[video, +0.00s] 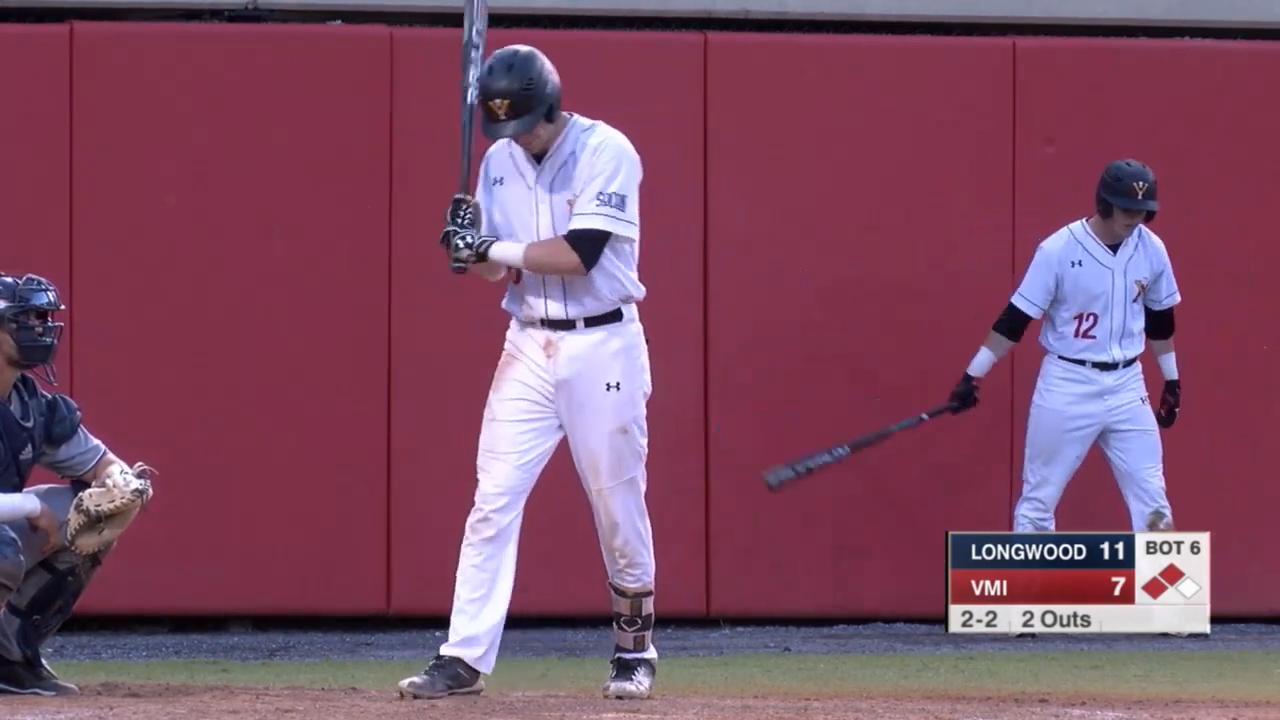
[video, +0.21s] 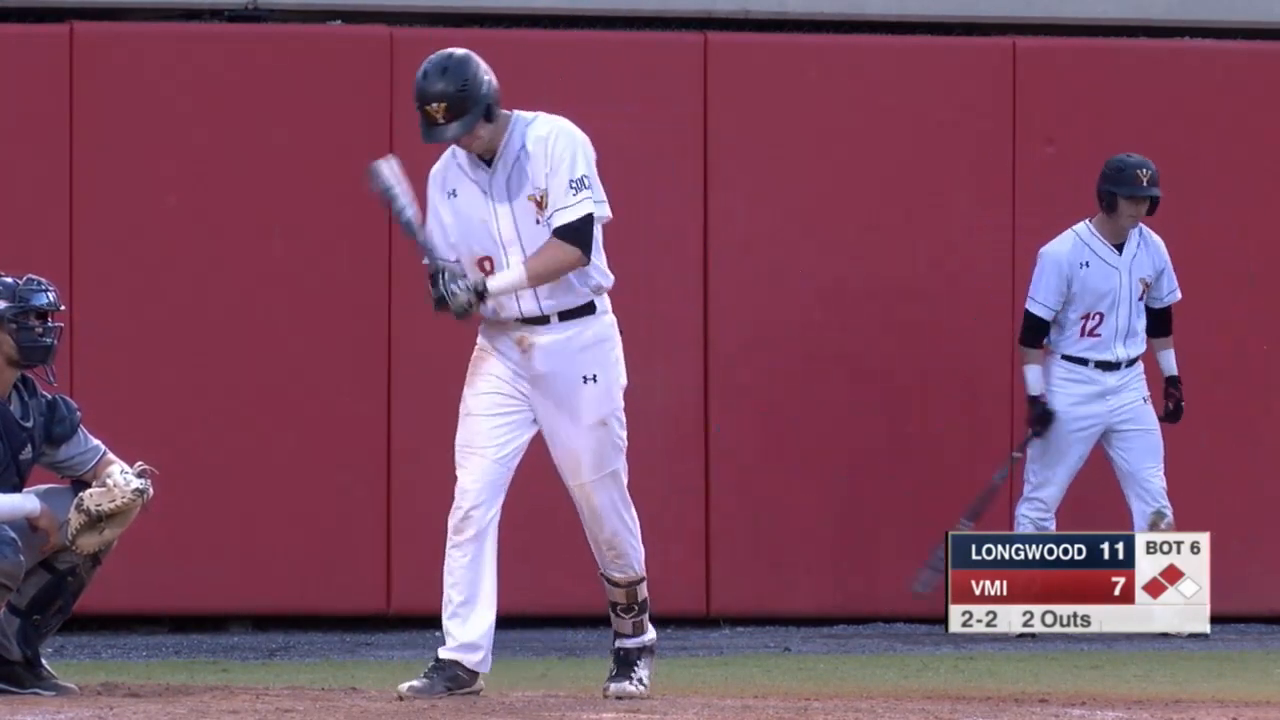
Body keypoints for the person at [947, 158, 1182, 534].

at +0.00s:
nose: (1136, 220)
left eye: (1143, 213)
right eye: (1129, 211)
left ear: (1149, 209)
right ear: (1105, 204)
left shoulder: (1151, 249)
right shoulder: (1058, 250)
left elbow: (1161, 321)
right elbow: (1016, 319)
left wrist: (1171, 381)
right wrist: (972, 375)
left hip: (1128, 388)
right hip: (1066, 386)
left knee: (1153, 503)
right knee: (1038, 503)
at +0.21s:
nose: (1140, 208)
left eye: (1146, 200)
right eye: (1132, 199)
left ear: (1152, 202)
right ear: (1106, 197)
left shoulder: (1152, 249)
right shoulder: (1061, 254)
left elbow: (1159, 320)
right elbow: (1033, 331)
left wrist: (1172, 380)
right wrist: (1035, 395)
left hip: (1130, 386)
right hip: (1071, 385)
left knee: (1153, 503)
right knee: (1040, 504)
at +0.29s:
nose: (1135, 199)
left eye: (1141, 191)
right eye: (1126, 190)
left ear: (1147, 194)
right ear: (1102, 191)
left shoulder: (1147, 246)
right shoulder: (1058, 252)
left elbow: (1155, 317)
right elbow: (1036, 333)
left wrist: (1168, 373)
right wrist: (1066, 387)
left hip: (1127, 386)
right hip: (1067, 386)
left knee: (1153, 506)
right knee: (1038, 504)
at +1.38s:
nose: (1098, 193)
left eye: (1104, 185)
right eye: (1089, 184)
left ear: (1109, 188)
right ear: (1065, 185)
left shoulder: (1118, 244)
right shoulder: (1037, 248)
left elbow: (1140, 312)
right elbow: (1039, 330)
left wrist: (1145, 317)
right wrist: (1099, 328)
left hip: (1120, 384)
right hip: (1062, 383)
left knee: (1150, 506)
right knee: (1034, 505)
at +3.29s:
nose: (1097, 190)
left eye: (1104, 182)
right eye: (1088, 182)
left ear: (1110, 187)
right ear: (1066, 185)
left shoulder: (1122, 239)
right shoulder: (1043, 243)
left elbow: (1146, 300)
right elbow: (1071, 315)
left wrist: (1156, 303)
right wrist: (1134, 320)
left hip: (1118, 382)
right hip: (1062, 381)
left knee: (1147, 504)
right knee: (1034, 503)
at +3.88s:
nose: (1147, 195)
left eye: (1152, 187)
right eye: (1138, 186)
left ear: (1158, 193)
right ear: (1115, 189)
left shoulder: (1152, 251)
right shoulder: (1086, 244)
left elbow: (1159, 321)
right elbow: (1110, 326)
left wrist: (1180, 336)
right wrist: (1166, 352)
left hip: (1132, 388)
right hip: (1080, 384)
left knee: (1160, 502)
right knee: (1048, 504)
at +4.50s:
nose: (1198, 209)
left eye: (1203, 201)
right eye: (1189, 200)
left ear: (1207, 206)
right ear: (1163, 203)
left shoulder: (1192, 257)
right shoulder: (1130, 259)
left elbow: (1185, 323)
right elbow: (1115, 345)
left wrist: (1208, 364)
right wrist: (1138, 411)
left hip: (1147, 386)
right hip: (1099, 382)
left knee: (1171, 495)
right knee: (1060, 484)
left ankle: (1179, 592)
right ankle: (1000, 576)